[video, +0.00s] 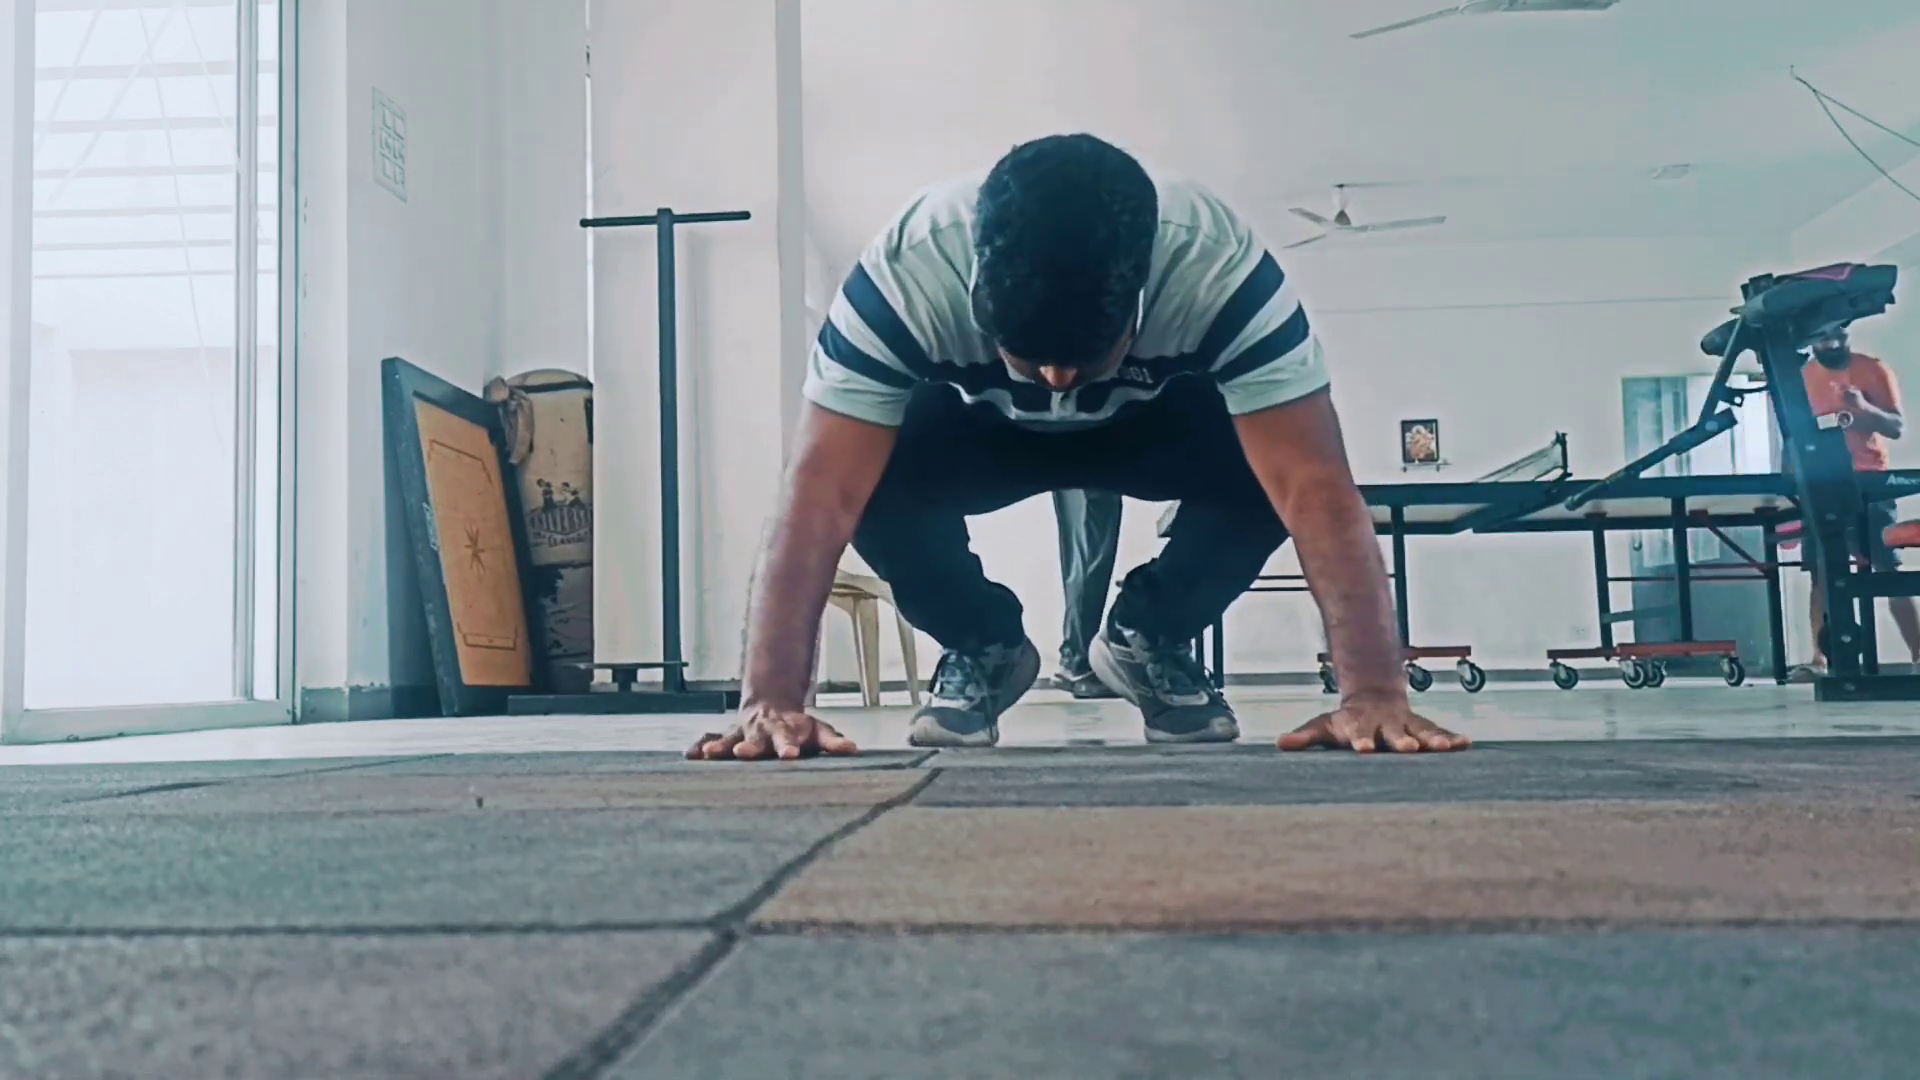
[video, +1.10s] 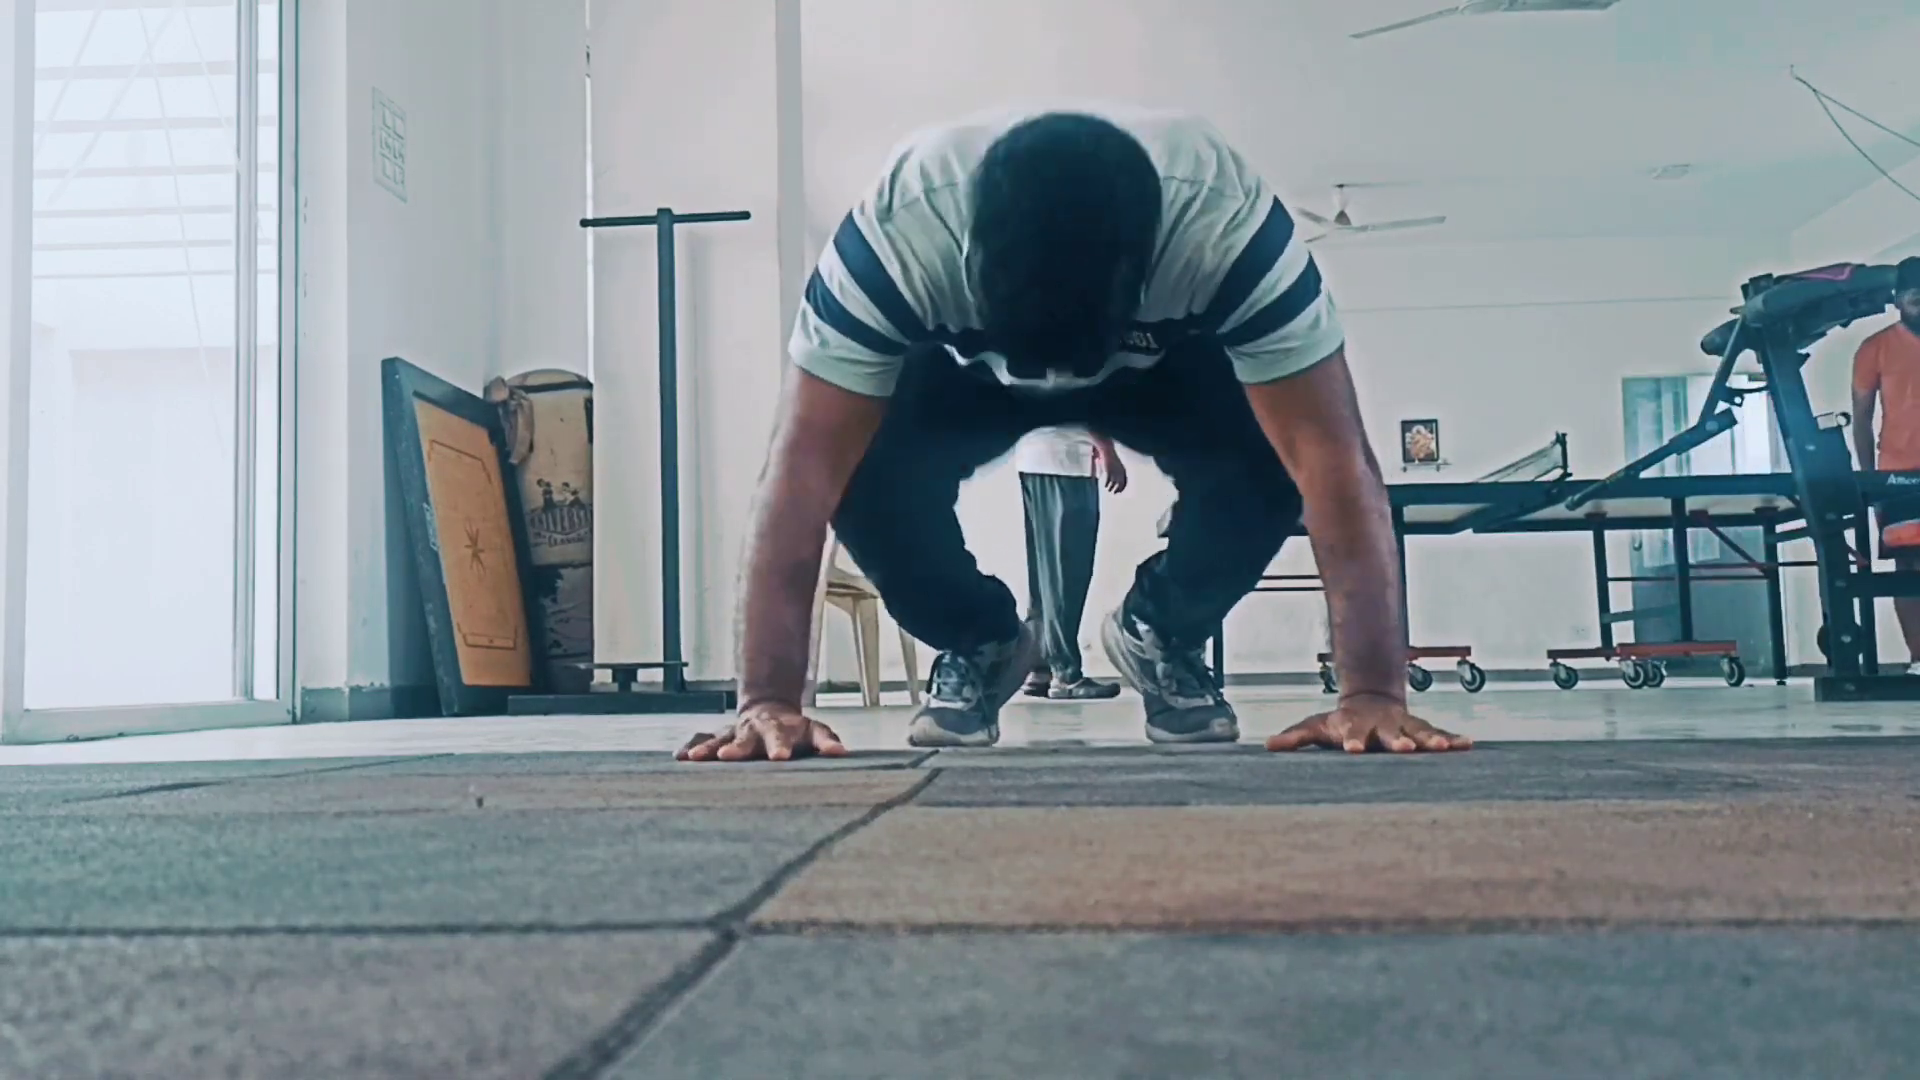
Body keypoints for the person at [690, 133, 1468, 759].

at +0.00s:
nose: (1061, 382)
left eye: (1092, 364)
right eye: (1033, 364)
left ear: (1144, 290)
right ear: (987, 290)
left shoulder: (1227, 274)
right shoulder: (910, 278)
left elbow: (1319, 490)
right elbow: (820, 495)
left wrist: (1375, 693)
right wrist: (776, 701)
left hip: (1148, 417)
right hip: (991, 423)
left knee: (1271, 471)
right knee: (870, 490)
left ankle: (1146, 636)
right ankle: (988, 646)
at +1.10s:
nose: (1060, 373)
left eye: (1086, 352)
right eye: (1025, 352)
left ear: (1144, 268)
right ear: (971, 257)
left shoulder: (1233, 229)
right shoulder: (896, 238)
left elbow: (1334, 460)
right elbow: (804, 469)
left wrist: (1375, 691)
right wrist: (771, 698)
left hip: (1157, 357)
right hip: (974, 363)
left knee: (1264, 477)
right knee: (868, 490)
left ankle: (1161, 629)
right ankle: (985, 642)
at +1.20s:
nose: (1077, 434)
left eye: (1098, 410)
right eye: (1048, 415)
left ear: (1150, 307)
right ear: (978, 293)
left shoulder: (1232, 220)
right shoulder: (898, 228)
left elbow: (1349, 456)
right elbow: (804, 462)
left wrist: (1375, 694)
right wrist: (771, 699)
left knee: (1253, 444)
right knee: (885, 456)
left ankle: (1167, 630)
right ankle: (980, 635)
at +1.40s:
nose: (1064, 448)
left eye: (1082, 429)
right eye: (1036, 427)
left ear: (1146, 319)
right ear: (965, 297)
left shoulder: (1239, 214)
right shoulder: (888, 226)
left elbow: (1360, 451)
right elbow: (789, 455)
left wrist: (1377, 696)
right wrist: (768, 700)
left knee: (1210, 499)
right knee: (930, 508)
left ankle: (1190, 573)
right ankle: (944, 609)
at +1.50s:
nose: (1064, 439)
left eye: (1097, 402)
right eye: (1023, 414)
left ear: (1151, 300)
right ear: (961, 284)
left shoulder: (1249, 216)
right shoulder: (880, 230)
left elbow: (1363, 454)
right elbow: (790, 461)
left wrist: (1379, 693)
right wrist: (766, 700)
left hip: (1169, 339)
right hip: (962, 350)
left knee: (1188, 541)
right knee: (965, 540)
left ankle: (1197, 647)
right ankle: (941, 643)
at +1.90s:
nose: (1060, 474)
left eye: (1086, 453)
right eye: (1039, 455)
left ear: (1145, 354)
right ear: (979, 343)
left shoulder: (1218, 253)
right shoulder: (909, 267)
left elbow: (1336, 474)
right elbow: (805, 476)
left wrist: (1374, 692)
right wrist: (771, 700)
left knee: (1170, 511)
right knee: (958, 525)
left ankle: (1191, 682)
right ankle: (955, 668)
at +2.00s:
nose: (1065, 511)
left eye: (1084, 493)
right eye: (1052, 495)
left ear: (1143, 374)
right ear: (979, 373)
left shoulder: (1207, 276)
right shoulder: (914, 285)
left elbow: (1317, 495)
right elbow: (817, 490)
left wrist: (1371, 692)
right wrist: (772, 699)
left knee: (1169, 492)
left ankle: (1190, 682)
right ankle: (957, 667)